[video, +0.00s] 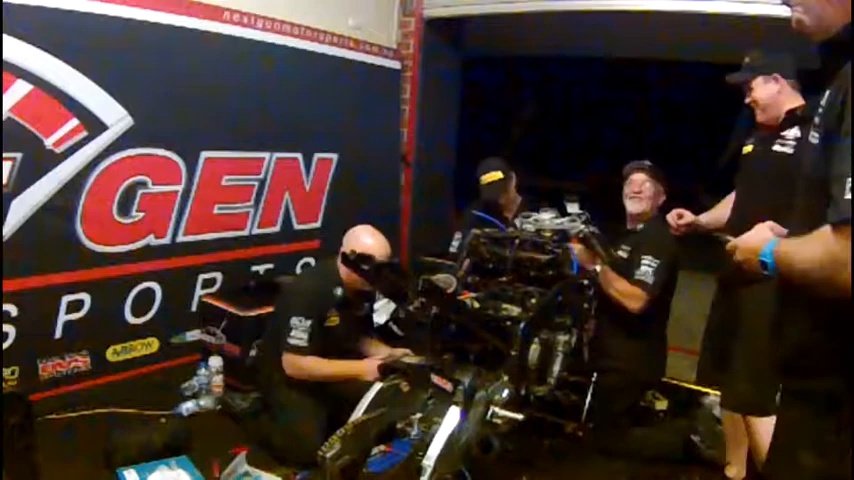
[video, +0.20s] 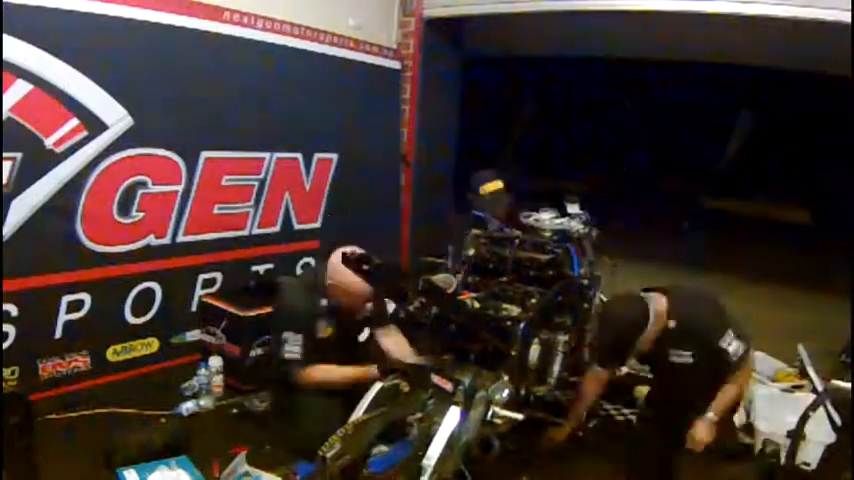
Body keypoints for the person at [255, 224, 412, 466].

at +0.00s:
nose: (374, 276)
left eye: (380, 268)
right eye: (367, 266)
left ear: (386, 266)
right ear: (345, 258)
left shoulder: (361, 292)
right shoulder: (309, 291)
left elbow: (357, 338)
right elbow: (294, 365)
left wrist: (388, 354)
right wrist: (361, 369)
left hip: (328, 376)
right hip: (289, 383)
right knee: (307, 448)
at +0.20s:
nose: (367, 307)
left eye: (370, 300)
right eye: (362, 300)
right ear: (338, 290)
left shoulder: (356, 298)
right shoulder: (297, 301)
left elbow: (385, 328)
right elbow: (299, 373)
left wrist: (418, 372)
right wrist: (374, 372)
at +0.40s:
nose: (337, 253)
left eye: (341, 245)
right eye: (330, 245)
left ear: (346, 241)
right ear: (306, 238)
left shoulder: (345, 270)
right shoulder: (287, 280)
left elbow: (379, 309)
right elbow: (293, 353)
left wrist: (409, 355)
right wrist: (354, 364)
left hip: (345, 389)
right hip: (302, 398)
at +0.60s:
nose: (387, 260)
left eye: (390, 253)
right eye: (379, 252)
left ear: (393, 252)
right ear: (353, 252)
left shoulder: (373, 287)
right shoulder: (321, 286)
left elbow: (380, 343)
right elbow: (340, 361)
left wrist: (417, 372)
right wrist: (395, 376)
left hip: (340, 368)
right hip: (301, 372)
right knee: (325, 441)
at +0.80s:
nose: (326, 286)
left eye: (333, 279)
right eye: (319, 278)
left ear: (345, 267)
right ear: (305, 262)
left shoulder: (349, 284)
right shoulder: (283, 297)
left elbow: (358, 324)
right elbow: (268, 370)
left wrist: (363, 362)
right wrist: (296, 430)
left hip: (335, 375)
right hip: (297, 377)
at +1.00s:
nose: (289, 323)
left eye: (293, 314)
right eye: (280, 316)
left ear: (309, 296)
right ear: (266, 300)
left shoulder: (336, 296)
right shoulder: (251, 313)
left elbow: (353, 361)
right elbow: (235, 373)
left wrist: (316, 414)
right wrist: (246, 429)